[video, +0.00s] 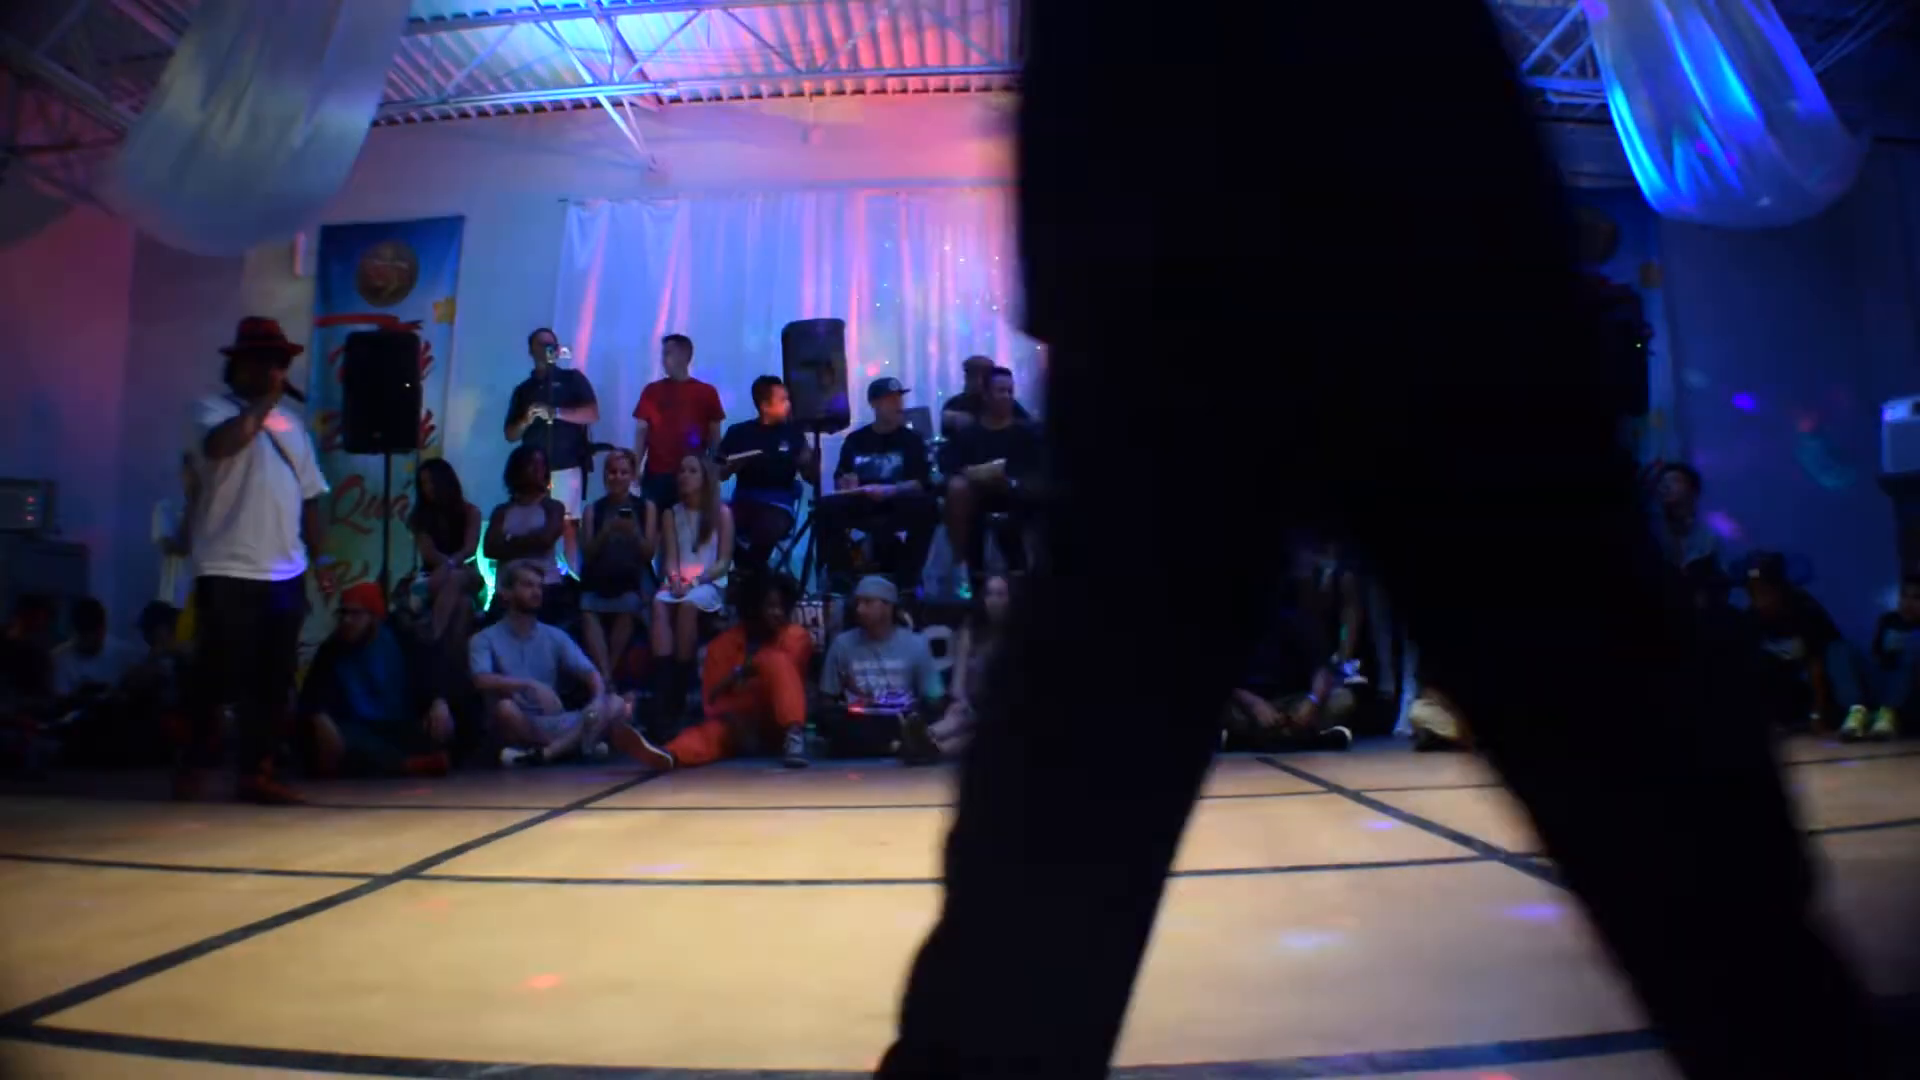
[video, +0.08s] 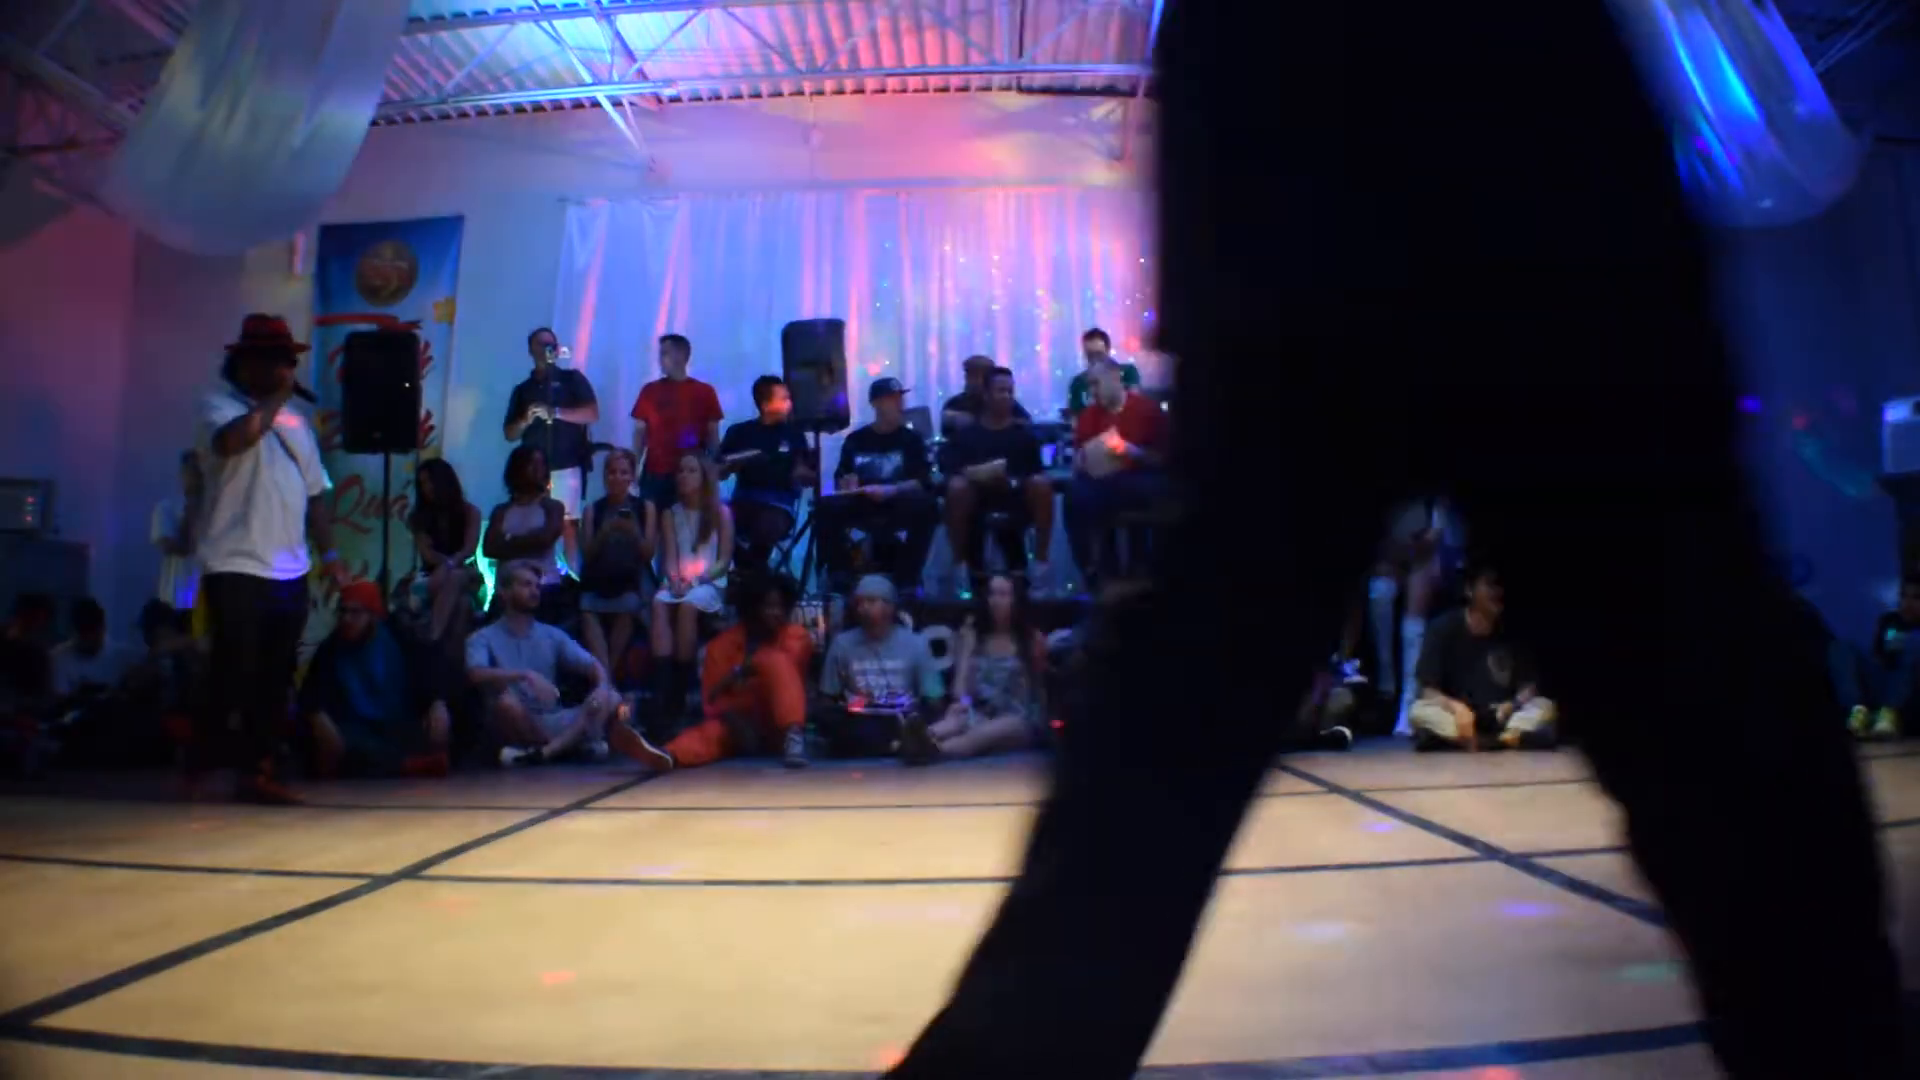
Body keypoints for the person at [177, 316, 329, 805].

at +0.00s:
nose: (274, 375)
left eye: (279, 367)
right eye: (265, 366)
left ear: (284, 372)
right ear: (239, 369)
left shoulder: (290, 425)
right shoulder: (214, 409)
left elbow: (311, 498)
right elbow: (218, 447)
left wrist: (318, 563)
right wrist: (263, 405)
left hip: (282, 575)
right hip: (226, 572)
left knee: (273, 680)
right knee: (215, 677)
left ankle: (260, 773)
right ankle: (194, 769)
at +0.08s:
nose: (285, 374)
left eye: (289, 365)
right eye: (275, 364)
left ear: (292, 370)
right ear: (249, 368)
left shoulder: (297, 422)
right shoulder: (221, 405)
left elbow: (317, 498)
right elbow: (227, 443)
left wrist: (329, 557)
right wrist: (271, 403)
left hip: (287, 567)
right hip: (234, 563)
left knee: (276, 674)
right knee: (235, 668)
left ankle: (266, 769)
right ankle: (216, 767)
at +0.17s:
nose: (290, 371)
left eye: (293, 362)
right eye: (279, 362)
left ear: (295, 369)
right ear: (251, 365)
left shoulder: (298, 423)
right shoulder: (226, 403)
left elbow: (320, 496)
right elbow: (242, 439)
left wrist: (336, 551)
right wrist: (284, 399)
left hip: (291, 567)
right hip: (239, 562)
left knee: (279, 676)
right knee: (244, 672)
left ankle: (265, 770)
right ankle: (217, 769)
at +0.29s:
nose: (299, 367)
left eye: (301, 358)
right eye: (289, 358)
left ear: (298, 366)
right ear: (259, 360)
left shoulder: (301, 423)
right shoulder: (232, 406)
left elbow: (313, 499)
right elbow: (261, 437)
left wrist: (338, 550)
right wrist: (303, 396)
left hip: (291, 569)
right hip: (246, 565)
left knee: (279, 675)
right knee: (256, 671)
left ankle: (261, 772)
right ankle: (244, 778)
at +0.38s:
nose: (305, 366)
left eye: (307, 356)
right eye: (296, 355)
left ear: (302, 364)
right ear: (266, 357)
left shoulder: (296, 415)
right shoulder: (241, 404)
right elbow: (278, 437)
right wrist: (314, 394)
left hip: (292, 570)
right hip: (252, 567)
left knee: (282, 676)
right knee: (260, 675)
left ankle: (270, 769)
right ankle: (255, 774)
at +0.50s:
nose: (316, 365)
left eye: (317, 357)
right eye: (309, 355)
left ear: (289, 358)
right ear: (281, 354)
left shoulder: (285, 404)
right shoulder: (254, 398)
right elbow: (306, 436)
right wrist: (333, 393)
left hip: (291, 563)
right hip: (266, 563)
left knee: (282, 673)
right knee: (271, 673)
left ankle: (271, 770)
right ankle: (260, 775)